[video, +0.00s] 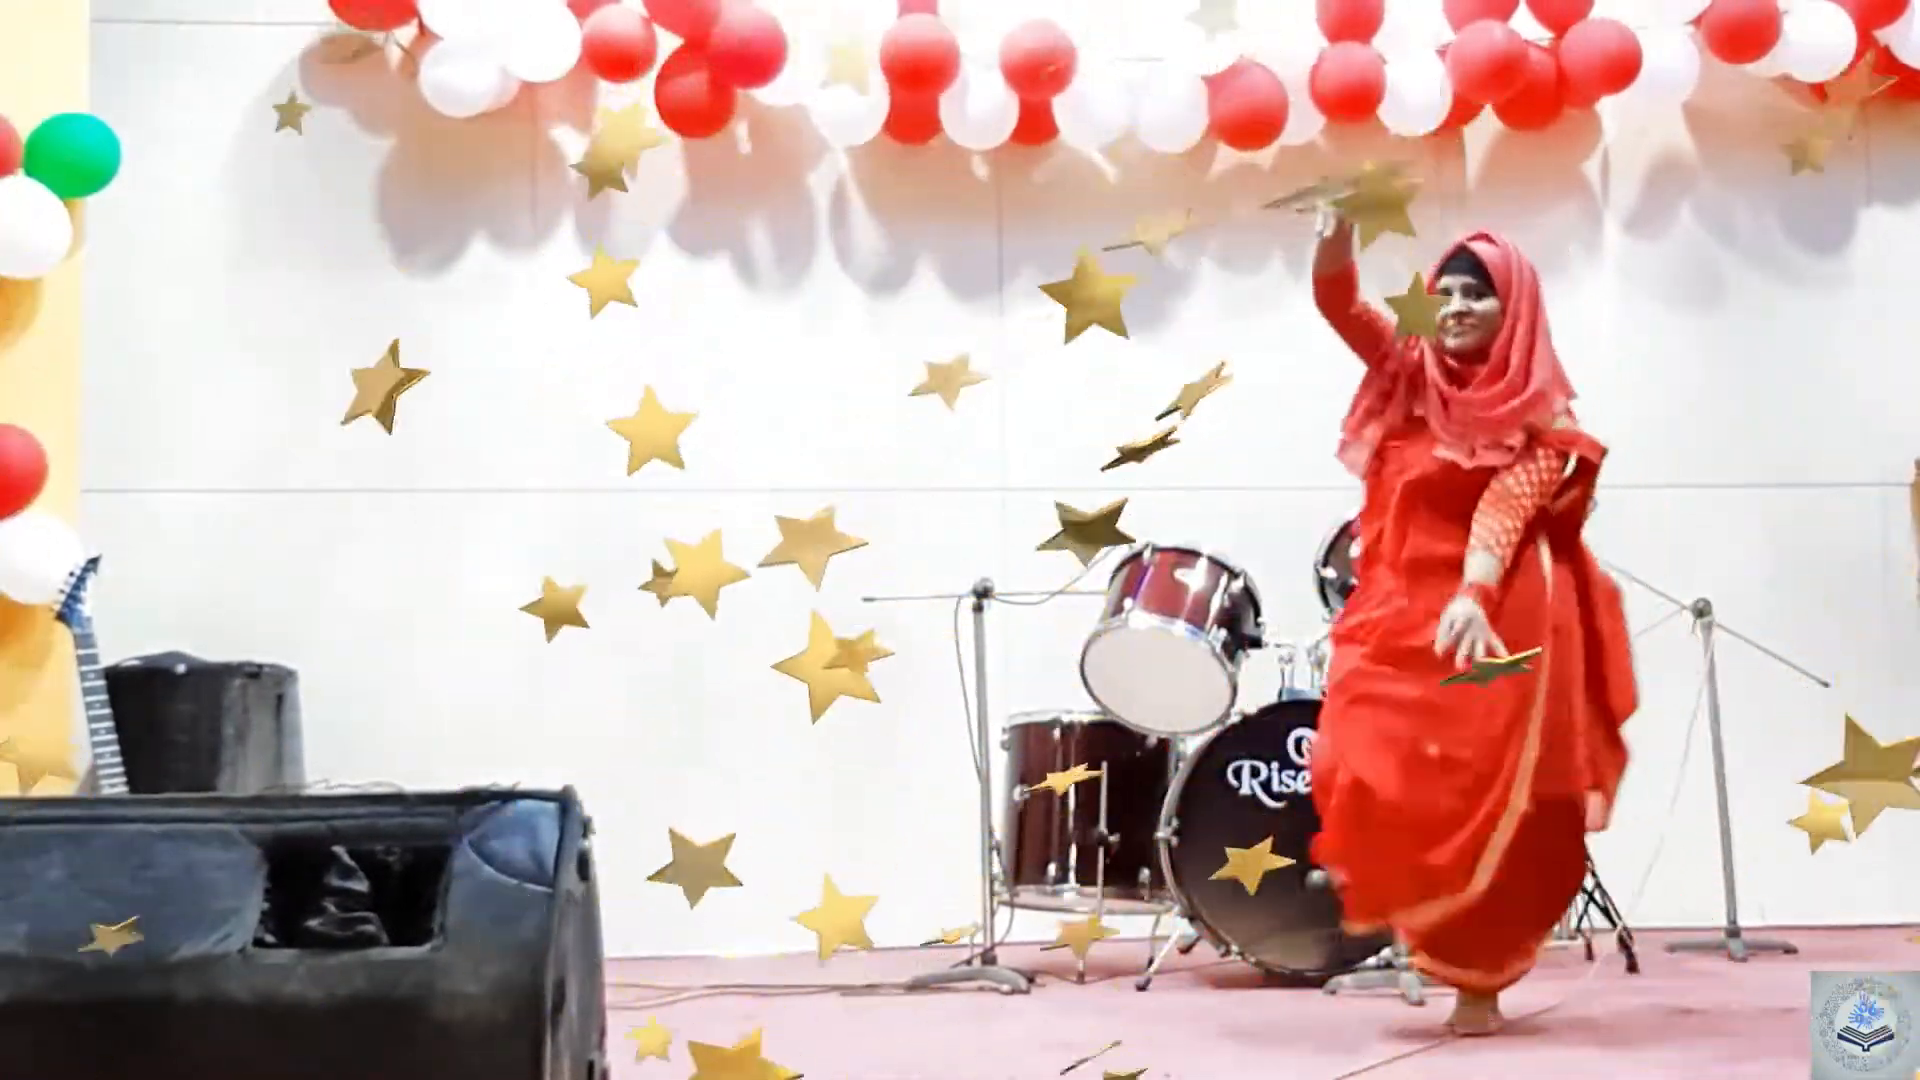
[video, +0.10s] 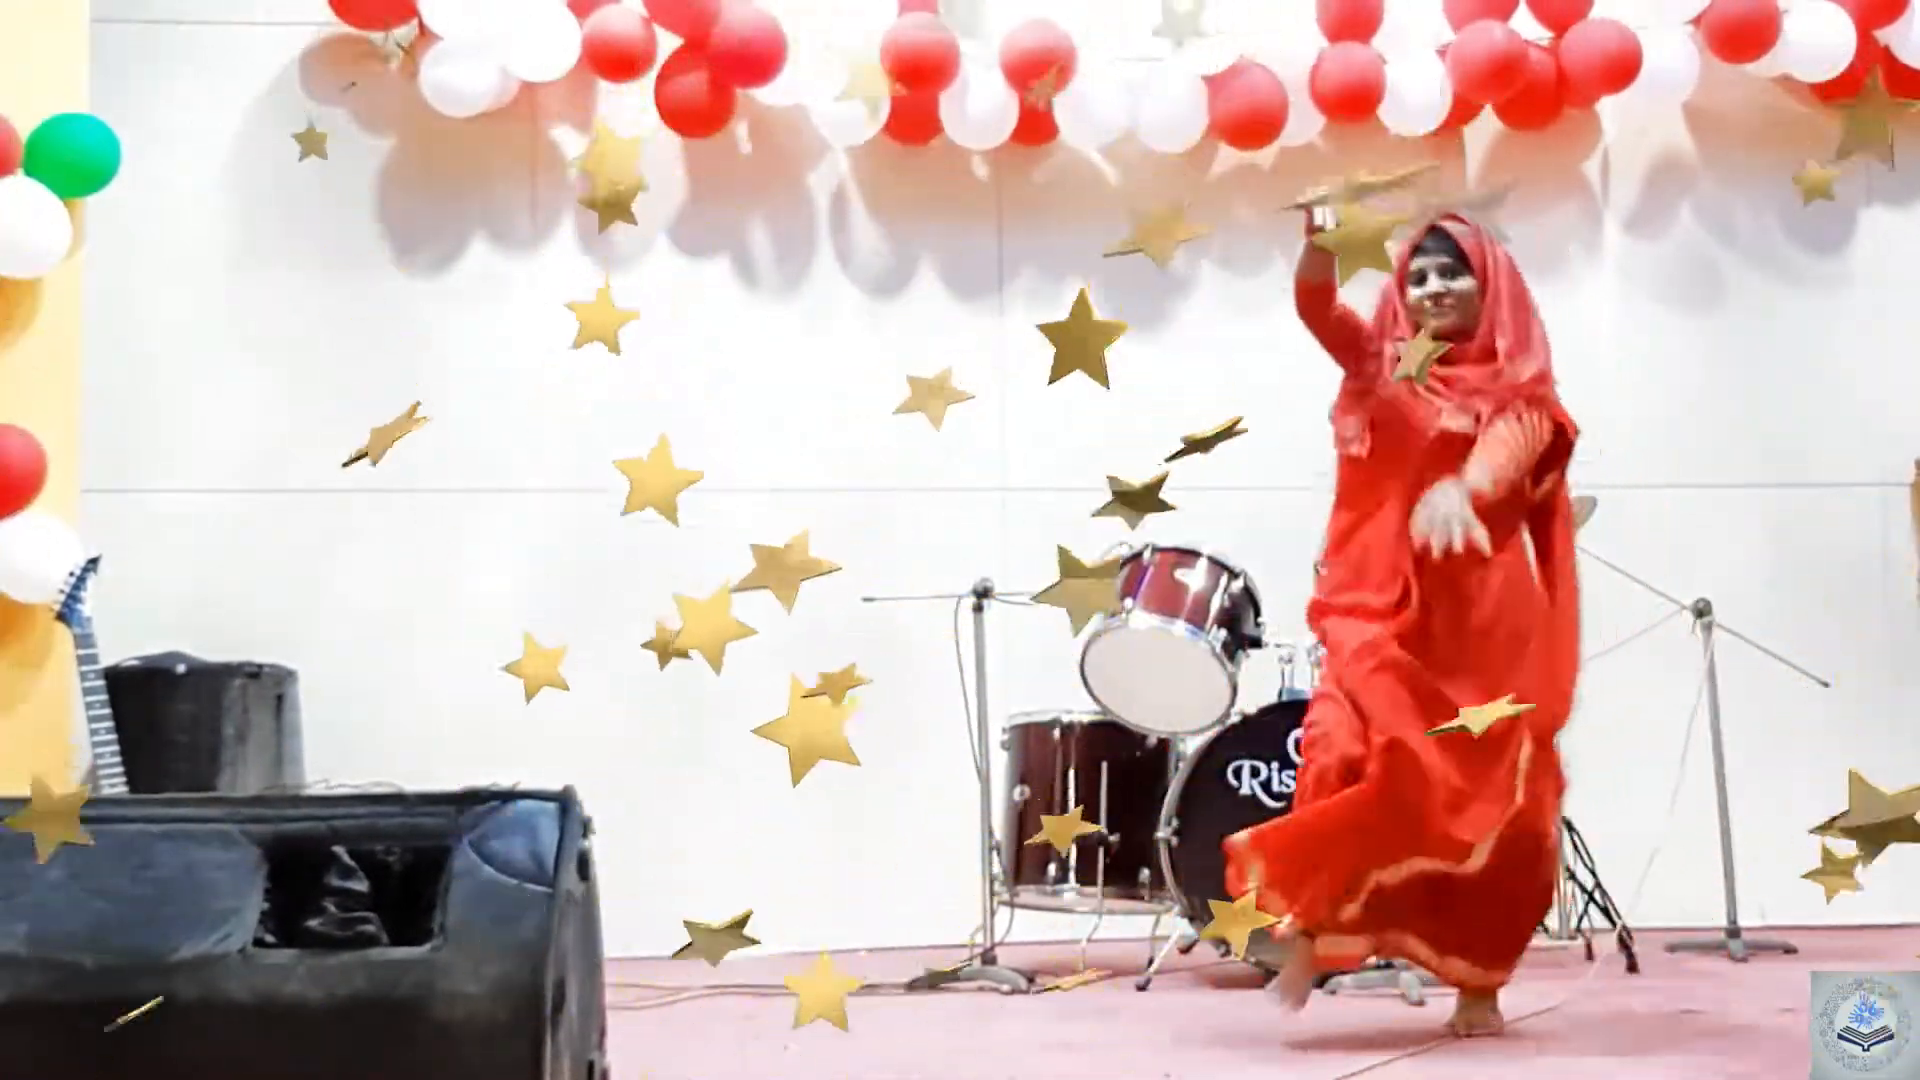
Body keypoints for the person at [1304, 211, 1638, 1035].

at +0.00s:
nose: (1458, 307)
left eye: (1478, 295)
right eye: (1446, 293)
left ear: (1513, 311)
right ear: (1428, 305)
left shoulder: (1538, 422)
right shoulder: (1402, 370)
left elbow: (1507, 514)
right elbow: (1337, 298)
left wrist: (1473, 590)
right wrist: (1339, 225)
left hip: (1503, 627)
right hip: (1391, 621)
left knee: (1486, 796)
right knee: (1359, 779)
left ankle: (1477, 987)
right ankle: (1419, 919)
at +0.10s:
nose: (1435, 289)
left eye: (1453, 274)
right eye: (1421, 277)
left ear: (1490, 287)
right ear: (1404, 292)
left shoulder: (1520, 391)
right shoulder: (1382, 368)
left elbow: (1511, 449)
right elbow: (1320, 309)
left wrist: (1460, 488)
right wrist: (1318, 246)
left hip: (1490, 628)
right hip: (1378, 617)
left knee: (1496, 802)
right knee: (1345, 761)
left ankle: (1477, 986)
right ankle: (1306, 926)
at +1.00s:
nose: (1249, 298)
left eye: (1265, 283)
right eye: (1234, 284)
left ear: (1298, 291)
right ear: (1211, 293)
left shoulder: (1337, 373)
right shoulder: (1183, 376)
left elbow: (1394, 419)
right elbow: (1087, 411)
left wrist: (1436, 406)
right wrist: (1075, 366)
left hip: (1309, 609)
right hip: (1198, 604)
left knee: (1333, 789)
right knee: (1191, 787)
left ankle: (1352, 981)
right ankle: (1193, 972)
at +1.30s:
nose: (1228, 320)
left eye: (1242, 305)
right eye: (1211, 306)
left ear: (1268, 318)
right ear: (1183, 322)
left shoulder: (1305, 412)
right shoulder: (1150, 411)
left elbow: (1393, 443)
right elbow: (1065, 493)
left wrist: (1441, 393)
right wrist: (1010, 469)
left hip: (1253, 649)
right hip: (1149, 641)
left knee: (1231, 806)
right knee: (1135, 810)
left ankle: (1285, 981)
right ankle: (1127, 977)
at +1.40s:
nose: (1231, 292)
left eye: (1247, 277)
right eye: (1213, 279)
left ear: (1271, 289)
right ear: (1186, 294)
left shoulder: (1309, 391)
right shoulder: (1152, 374)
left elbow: (1379, 461)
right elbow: (1078, 429)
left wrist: (1429, 470)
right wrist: (1052, 423)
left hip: (1271, 623)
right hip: (1165, 620)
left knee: (1273, 797)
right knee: (1165, 797)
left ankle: (1272, 981)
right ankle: (1159, 972)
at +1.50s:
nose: (1245, 288)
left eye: (1257, 273)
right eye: (1226, 279)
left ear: (1286, 284)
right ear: (1201, 297)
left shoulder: (1321, 388)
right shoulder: (1177, 365)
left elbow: (1385, 476)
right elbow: (1100, 404)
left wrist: (1369, 498)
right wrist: (1153, 424)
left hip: (1294, 613)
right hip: (1191, 609)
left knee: (1290, 796)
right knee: (1183, 786)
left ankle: (1277, 994)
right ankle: (1157, 965)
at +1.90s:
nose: (1262, 265)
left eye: (1274, 251)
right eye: (1241, 264)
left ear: (1314, 267)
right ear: (1225, 298)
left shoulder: (1391, 352)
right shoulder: (1238, 357)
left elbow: (1482, 338)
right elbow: (1172, 329)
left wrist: (1502, 238)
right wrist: (1134, 244)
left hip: (1397, 582)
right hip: (1290, 584)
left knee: (1390, 779)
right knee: (1348, 783)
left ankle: (1285, 972)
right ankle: (1394, 1012)